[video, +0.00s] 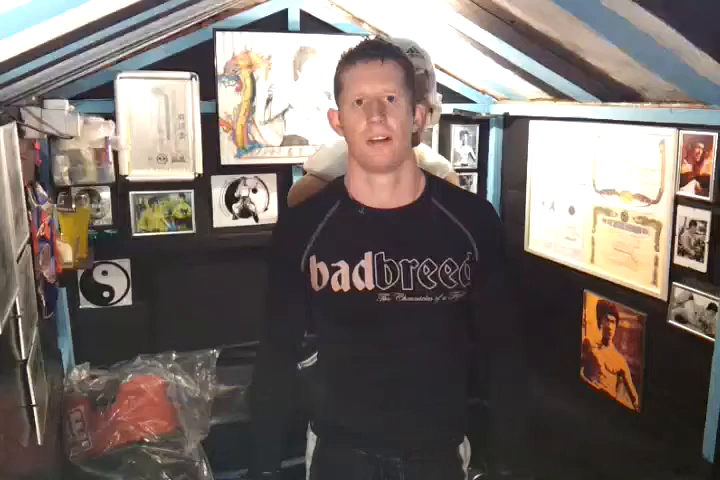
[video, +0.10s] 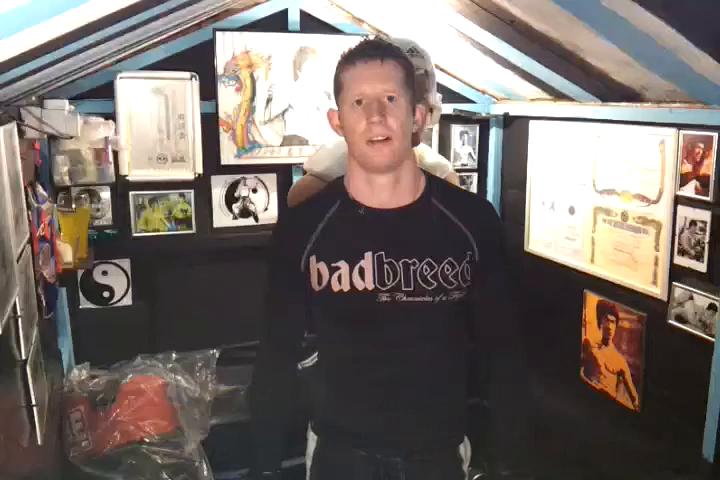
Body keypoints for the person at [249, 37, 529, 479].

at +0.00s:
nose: (376, 116)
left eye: (390, 99)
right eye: (360, 102)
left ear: (419, 117)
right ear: (338, 122)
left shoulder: (475, 222)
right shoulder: (302, 227)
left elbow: (502, 356)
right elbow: (277, 359)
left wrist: (499, 467)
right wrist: (272, 466)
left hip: (439, 458)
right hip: (340, 457)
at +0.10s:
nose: (376, 117)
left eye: (390, 99)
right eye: (359, 102)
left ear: (418, 117)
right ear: (337, 122)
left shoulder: (475, 222)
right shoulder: (302, 227)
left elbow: (502, 356)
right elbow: (277, 359)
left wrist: (500, 466)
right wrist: (273, 466)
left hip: (439, 458)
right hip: (341, 457)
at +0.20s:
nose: (376, 117)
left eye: (390, 100)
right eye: (359, 103)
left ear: (419, 117)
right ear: (337, 122)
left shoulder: (475, 221)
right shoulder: (302, 227)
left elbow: (502, 355)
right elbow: (277, 359)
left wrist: (500, 466)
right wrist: (272, 466)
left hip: (440, 457)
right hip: (341, 457)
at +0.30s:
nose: (376, 117)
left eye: (390, 100)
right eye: (360, 103)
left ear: (419, 117)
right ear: (338, 122)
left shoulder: (476, 221)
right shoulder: (302, 227)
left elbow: (502, 355)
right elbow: (277, 360)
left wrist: (500, 466)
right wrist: (272, 466)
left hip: (440, 458)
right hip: (342, 458)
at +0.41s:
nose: (377, 119)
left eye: (391, 102)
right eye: (360, 105)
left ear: (419, 117)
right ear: (338, 122)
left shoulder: (476, 221)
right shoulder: (302, 227)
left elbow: (502, 355)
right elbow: (277, 358)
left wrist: (500, 466)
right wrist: (273, 465)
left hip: (441, 458)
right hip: (342, 457)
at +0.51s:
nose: (377, 127)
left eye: (391, 107)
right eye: (360, 110)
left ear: (418, 117)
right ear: (338, 122)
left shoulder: (476, 221)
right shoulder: (301, 226)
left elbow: (503, 355)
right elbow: (277, 358)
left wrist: (502, 466)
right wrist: (273, 465)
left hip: (441, 458)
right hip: (342, 458)